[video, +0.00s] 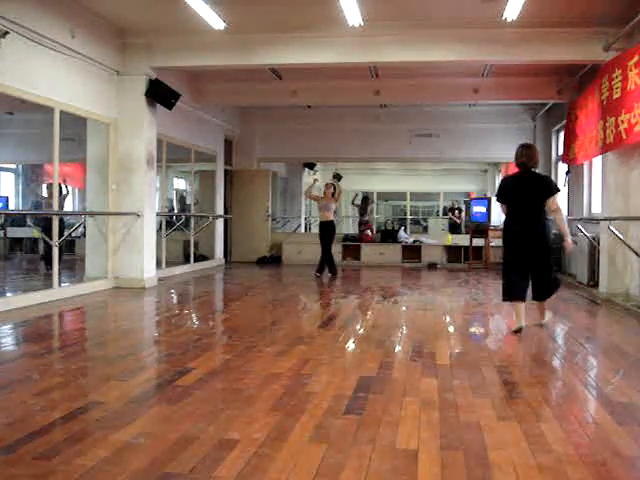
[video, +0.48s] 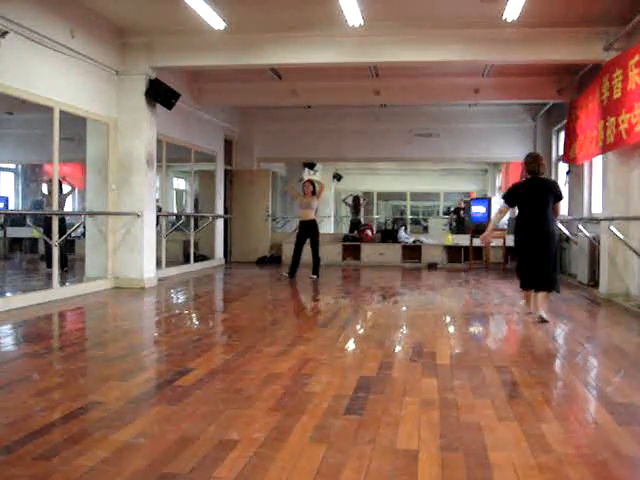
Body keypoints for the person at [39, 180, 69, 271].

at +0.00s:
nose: (52, 192)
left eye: (54, 190)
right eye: (50, 189)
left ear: (58, 190)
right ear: (48, 190)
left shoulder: (61, 199)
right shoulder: (45, 200)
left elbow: (66, 193)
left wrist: (65, 184)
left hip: (58, 221)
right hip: (47, 221)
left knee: (58, 243)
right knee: (48, 243)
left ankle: (57, 264)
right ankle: (48, 264)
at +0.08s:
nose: (52, 191)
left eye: (54, 189)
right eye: (50, 189)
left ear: (57, 190)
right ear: (47, 190)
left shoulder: (60, 198)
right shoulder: (45, 200)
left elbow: (68, 192)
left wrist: (64, 183)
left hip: (58, 220)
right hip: (47, 221)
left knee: (59, 242)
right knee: (48, 243)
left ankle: (58, 264)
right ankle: (49, 265)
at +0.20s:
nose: (53, 189)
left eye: (55, 187)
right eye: (51, 187)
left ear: (58, 188)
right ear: (48, 188)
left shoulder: (61, 196)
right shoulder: (47, 196)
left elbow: (69, 190)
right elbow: (47, 189)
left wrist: (64, 181)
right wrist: (47, 182)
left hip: (58, 218)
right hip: (48, 219)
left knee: (59, 241)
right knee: (48, 241)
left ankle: (58, 263)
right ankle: (49, 264)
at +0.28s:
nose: (53, 188)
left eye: (55, 186)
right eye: (51, 186)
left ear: (58, 187)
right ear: (48, 187)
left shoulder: (61, 196)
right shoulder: (47, 196)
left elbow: (70, 189)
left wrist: (64, 181)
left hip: (59, 218)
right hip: (48, 218)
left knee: (60, 240)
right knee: (48, 240)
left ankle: (58, 261)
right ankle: (49, 263)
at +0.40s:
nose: (52, 188)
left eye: (54, 185)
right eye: (50, 185)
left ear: (58, 186)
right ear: (48, 186)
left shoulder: (61, 196)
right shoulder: (47, 196)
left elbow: (70, 190)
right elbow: (40, 191)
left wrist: (69, 184)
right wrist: (41, 183)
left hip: (59, 218)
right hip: (48, 219)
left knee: (60, 241)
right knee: (48, 241)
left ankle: (61, 264)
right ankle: (49, 264)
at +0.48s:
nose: (53, 188)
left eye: (55, 186)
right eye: (51, 186)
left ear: (59, 187)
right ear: (49, 187)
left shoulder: (62, 196)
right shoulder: (47, 197)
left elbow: (73, 189)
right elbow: (40, 192)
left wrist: (67, 180)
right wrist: (40, 182)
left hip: (60, 219)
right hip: (48, 219)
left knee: (61, 242)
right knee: (49, 242)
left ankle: (64, 265)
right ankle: (49, 264)